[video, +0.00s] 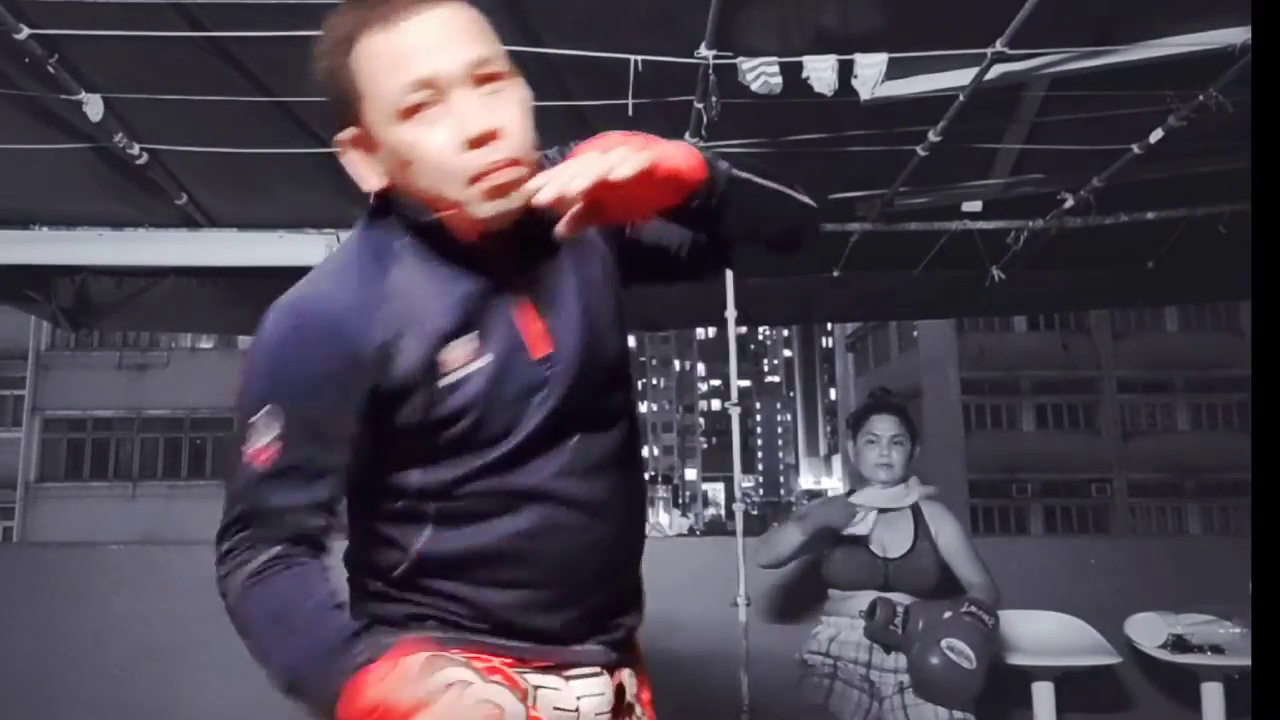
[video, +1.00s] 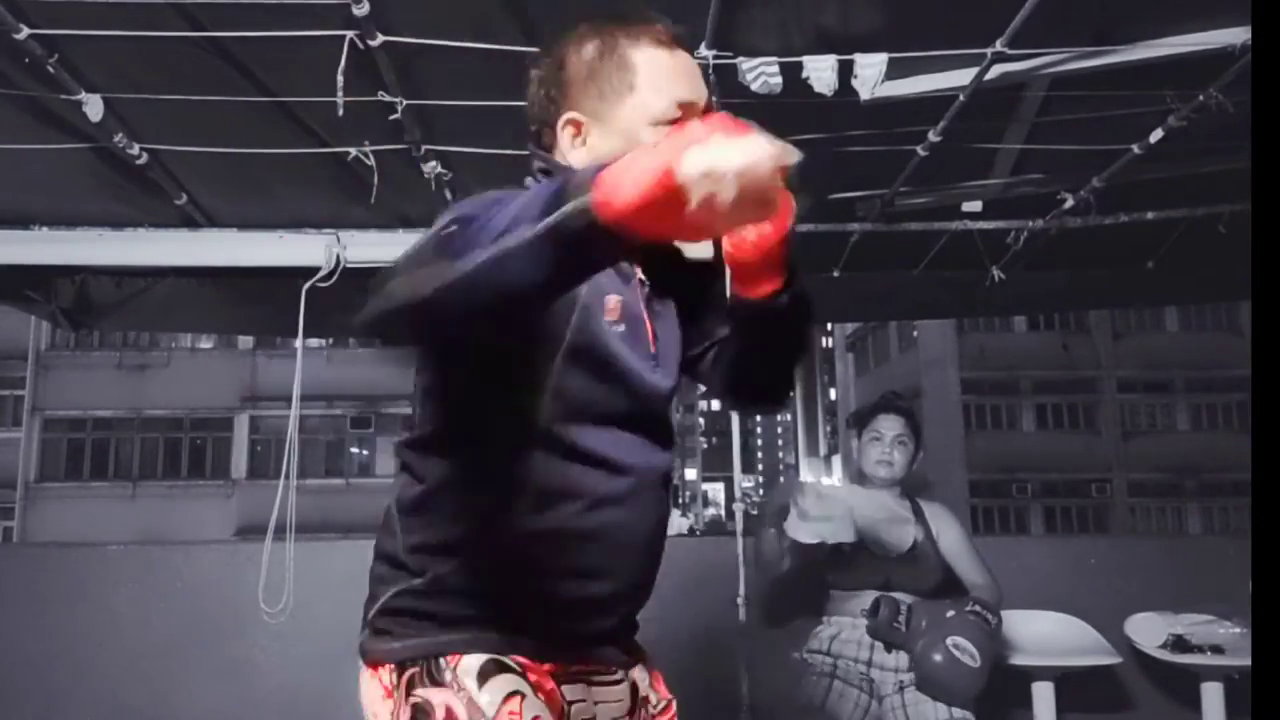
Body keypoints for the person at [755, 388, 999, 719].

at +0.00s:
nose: (885, 452)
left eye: (896, 442)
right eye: (871, 442)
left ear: (912, 452)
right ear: (852, 451)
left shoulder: (932, 514)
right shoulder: (831, 512)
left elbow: (982, 588)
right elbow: (763, 557)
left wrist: (966, 620)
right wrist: (812, 520)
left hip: (919, 667)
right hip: (839, 664)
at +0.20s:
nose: (884, 451)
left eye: (897, 443)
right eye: (872, 439)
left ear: (912, 456)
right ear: (853, 448)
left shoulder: (934, 516)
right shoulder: (823, 513)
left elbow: (984, 587)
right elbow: (773, 576)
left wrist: (973, 614)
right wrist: (777, 514)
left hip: (921, 669)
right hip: (839, 666)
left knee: (937, 714)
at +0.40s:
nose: (884, 451)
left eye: (898, 443)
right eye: (873, 439)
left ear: (913, 458)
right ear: (854, 447)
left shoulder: (934, 516)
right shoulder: (827, 514)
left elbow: (982, 585)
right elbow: (794, 580)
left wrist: (972, 614)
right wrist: (784, 507)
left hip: (921, 667)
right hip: (840, 664)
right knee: (825, 712)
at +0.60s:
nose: (887, 451)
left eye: (900, 442)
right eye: (875, 440)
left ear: (914, 457)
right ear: (855, 450)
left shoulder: (934, 517)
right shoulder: (830, 509)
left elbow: (984, 587)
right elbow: (761, 561)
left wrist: (976, 611)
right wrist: (771, 536)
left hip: (921, 664)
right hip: (839, 661)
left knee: (938, 715)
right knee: (823, 711)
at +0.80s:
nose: (886, 451)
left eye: (899, 444)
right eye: (875, 439)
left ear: (914, 458)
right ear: (855, 448)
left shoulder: (934, 518)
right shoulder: (826, 515)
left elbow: (983, 587)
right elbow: (790, 579)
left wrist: (977, 616)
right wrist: (781, 510)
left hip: (919, 667)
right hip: (840, 664)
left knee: (938, 715)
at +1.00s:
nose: (887, 450)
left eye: (900, 443)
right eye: (875, 439)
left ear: (914, 457)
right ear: (855, 448)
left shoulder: (934, 516)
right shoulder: (827, 506)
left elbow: (984, 586)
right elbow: (771, 570)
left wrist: (976, 619)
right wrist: (770, 517)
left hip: (920, 664)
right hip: (840, 659)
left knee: (938, 715)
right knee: (837, 710)